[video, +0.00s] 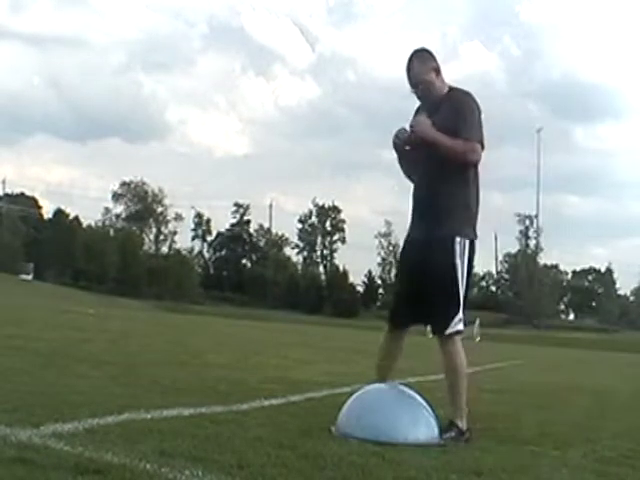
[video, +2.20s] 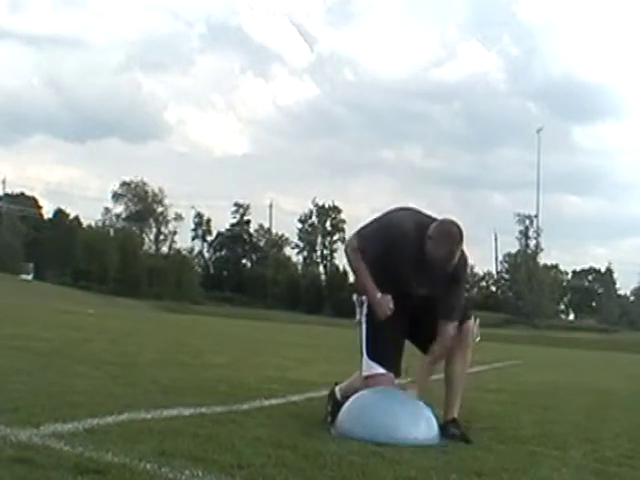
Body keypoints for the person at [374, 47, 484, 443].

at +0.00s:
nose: (418, 90)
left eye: (421, 81)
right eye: (413, 85)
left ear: (436, 73)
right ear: (412, 84)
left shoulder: (462, 101)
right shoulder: (421, 115)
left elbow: (473, 153)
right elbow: (418, 174)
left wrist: (429, 134)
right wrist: (403, 150)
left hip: (454, 230)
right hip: (421, 229)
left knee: (448, 330)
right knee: (397, 324)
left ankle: (460, 423)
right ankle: (375, 403)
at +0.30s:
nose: (395, 91)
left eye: (400, 83)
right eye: (390, 85)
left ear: (413, 76)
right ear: (384, 83)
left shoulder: (436, 106)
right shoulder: (379, 112)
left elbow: (454, 164)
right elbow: (358, 168)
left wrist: (422, 144)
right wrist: (368, 144)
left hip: (424, 232)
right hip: (386, 232)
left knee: (434, 325)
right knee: (376, 326)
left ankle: (449, 412)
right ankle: (366, 407)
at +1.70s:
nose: (431, 134)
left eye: (436, 128)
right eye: (424, 127)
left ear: (444, 120)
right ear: (413, 118)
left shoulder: (448, 141)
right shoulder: (389, 136)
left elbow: (461, 203)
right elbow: (348, 167)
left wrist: (452, 186)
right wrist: (371, 181)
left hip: (427, 255)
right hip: (389, 256)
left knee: (454, 328)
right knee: (376, 349)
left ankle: (448, 419)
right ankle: (342, 401)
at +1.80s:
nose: (441, 174)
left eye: (447, 169)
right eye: (437, 168)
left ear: (453, 162)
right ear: (425, 155)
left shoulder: (449, 179)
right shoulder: (398, 173)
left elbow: (459, 228)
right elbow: (354, 206)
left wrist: (450, 214)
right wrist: (384, 243)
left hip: (427, 275)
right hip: (389, 277)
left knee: (460, 334)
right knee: (382, 370)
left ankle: (450, 420)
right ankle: (342, 394)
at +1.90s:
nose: (445, 222)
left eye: (451, 217)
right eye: (440, 215)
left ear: (460, 207)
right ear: (429, 202)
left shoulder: (454, 204)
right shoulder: (405, 217)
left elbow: (453, 234)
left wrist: (454, 256)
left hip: (429, 291)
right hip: (395, 292)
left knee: (463, 333)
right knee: (398, 380)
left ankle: (450, 419)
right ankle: (343, 393)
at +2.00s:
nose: (450, 257)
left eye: (456, 252)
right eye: (445, 252)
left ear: (462, 234)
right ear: (434, 231)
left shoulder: (456, 223)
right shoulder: (406, 239)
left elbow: (462, 260)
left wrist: (452, 290)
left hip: (422, 292)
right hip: (386, 292)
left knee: (462, 329)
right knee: (393, 384)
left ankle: (451, 419)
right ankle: (343, 394)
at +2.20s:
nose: (437, 267)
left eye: (444, 263)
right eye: (434, 259)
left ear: (457, 252)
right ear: (428, 237)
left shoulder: (457, 265)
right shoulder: (401, 223)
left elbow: (447, 332)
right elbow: (352, 246)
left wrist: (418, 385)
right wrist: (374, 296)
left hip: (423, 306)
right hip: (386, 298)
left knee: (464, 331)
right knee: (381, 380)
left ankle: (451, 419)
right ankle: (340, 394)